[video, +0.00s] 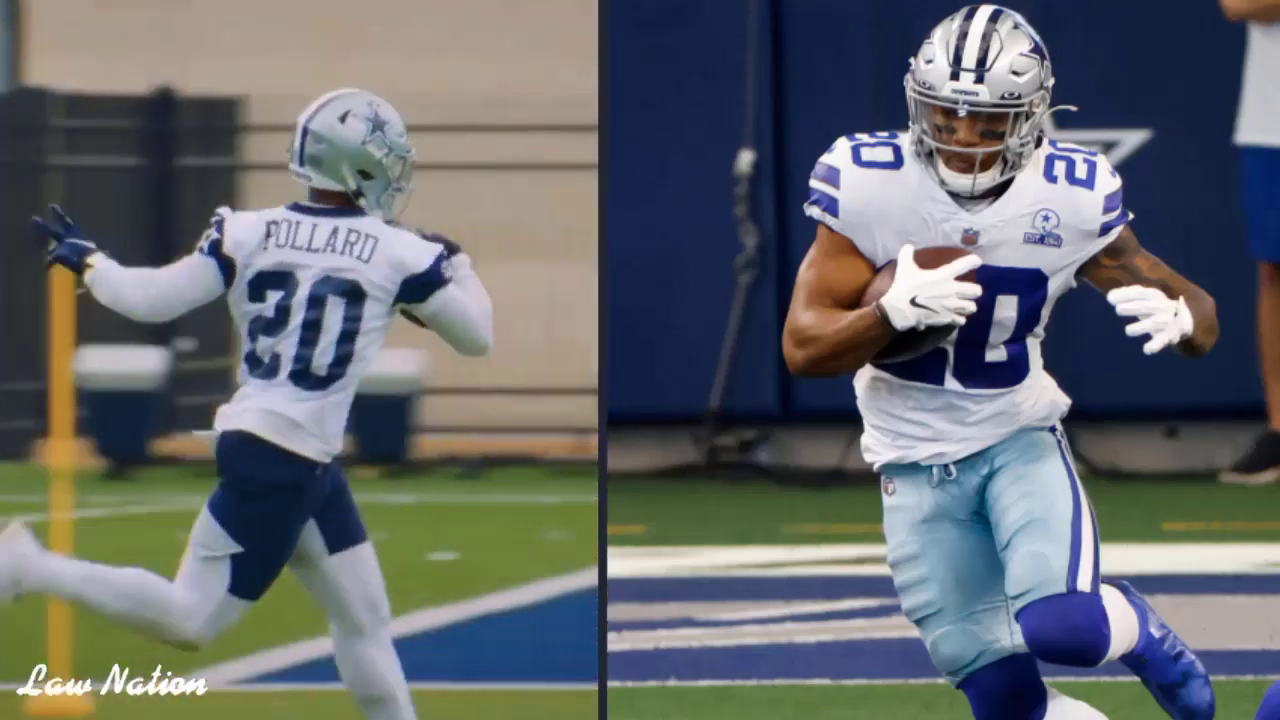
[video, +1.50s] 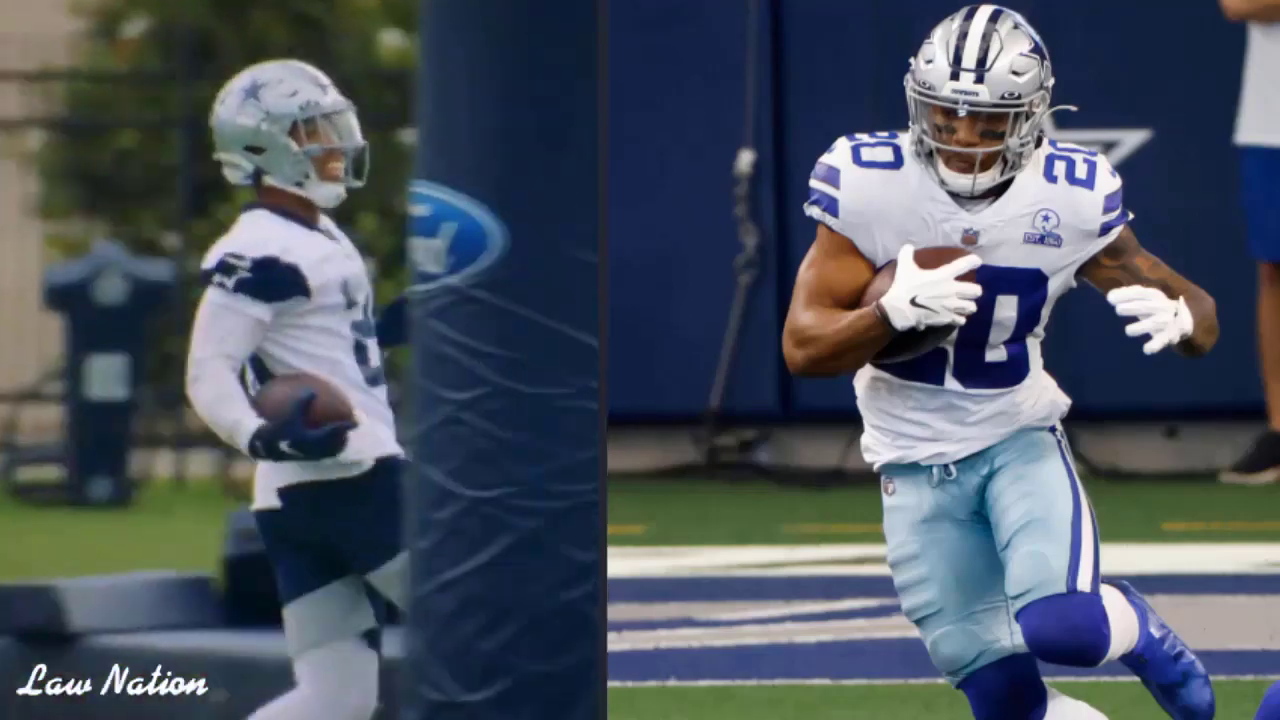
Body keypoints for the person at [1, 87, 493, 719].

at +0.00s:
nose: (399, 171)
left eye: (396, 159)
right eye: (392, 161)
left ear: (308, 159)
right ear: (374, 169)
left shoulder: (246, 231)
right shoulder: (395, 252)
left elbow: (152, 299)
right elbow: (477, 336)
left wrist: (87, 261)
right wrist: (455, 262)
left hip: (263, 441)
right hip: (285, 453)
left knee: (363, 622)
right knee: (192, 619)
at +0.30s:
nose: (400, 162)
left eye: (396, 149)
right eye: (393, 151)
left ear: (306, 153)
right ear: (372, 160)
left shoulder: (255, 224)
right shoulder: (392, 250)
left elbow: (191, 317)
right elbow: (485, 331)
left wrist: (206, 344)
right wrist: (495, 256)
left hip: (246, 440)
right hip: (330, 452)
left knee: (192, 600)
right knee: (414, 608)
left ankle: (36, 570)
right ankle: (457, 717)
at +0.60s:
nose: (435, 145)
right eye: (431, 136)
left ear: (354, 135)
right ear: (425, 143)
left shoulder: (311, 219)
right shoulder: (458, 228)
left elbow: (258, 304)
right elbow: (497, 349)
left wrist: (254, 358)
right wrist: (473, 322)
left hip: (350, 430)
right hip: (372, 437)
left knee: (428, 597)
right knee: (291, 595)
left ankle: (450, 716)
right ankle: (117, 575)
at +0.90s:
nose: (467, 159)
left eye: (466, 145)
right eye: (454, 146)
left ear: (393, 160)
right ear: (417, 155)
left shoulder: (354, 223)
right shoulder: (437, 231)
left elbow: (318, 315)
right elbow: (419, 325)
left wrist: (411, 328)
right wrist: (504, 356)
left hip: (355, 435)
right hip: (423, 437)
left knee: (316, 594)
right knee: (513, 579)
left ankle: (147, 618)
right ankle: (511, 716)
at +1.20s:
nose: (404, 152)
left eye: (401, 138)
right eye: (390, 141)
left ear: (326, 160)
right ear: (350, 156)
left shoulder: (283, 229)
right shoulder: (379, 228)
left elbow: (227, 315)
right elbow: (401, 318)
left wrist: (306, 352)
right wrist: (495, 335)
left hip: (341, 445)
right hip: (357, 450)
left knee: (454, 596)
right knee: (330, 621)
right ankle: (156, 676)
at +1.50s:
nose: (334, 148)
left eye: (333, 129)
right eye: (312, 134)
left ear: (344, 130)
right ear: (266, 149)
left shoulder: (322, 237)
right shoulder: (259, 247)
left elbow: (317, 356)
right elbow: (208, 372)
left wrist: (389, 329)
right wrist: (259, 435)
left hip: (297, 491)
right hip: (355, 476)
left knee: (339, 697)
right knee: (473, 631)